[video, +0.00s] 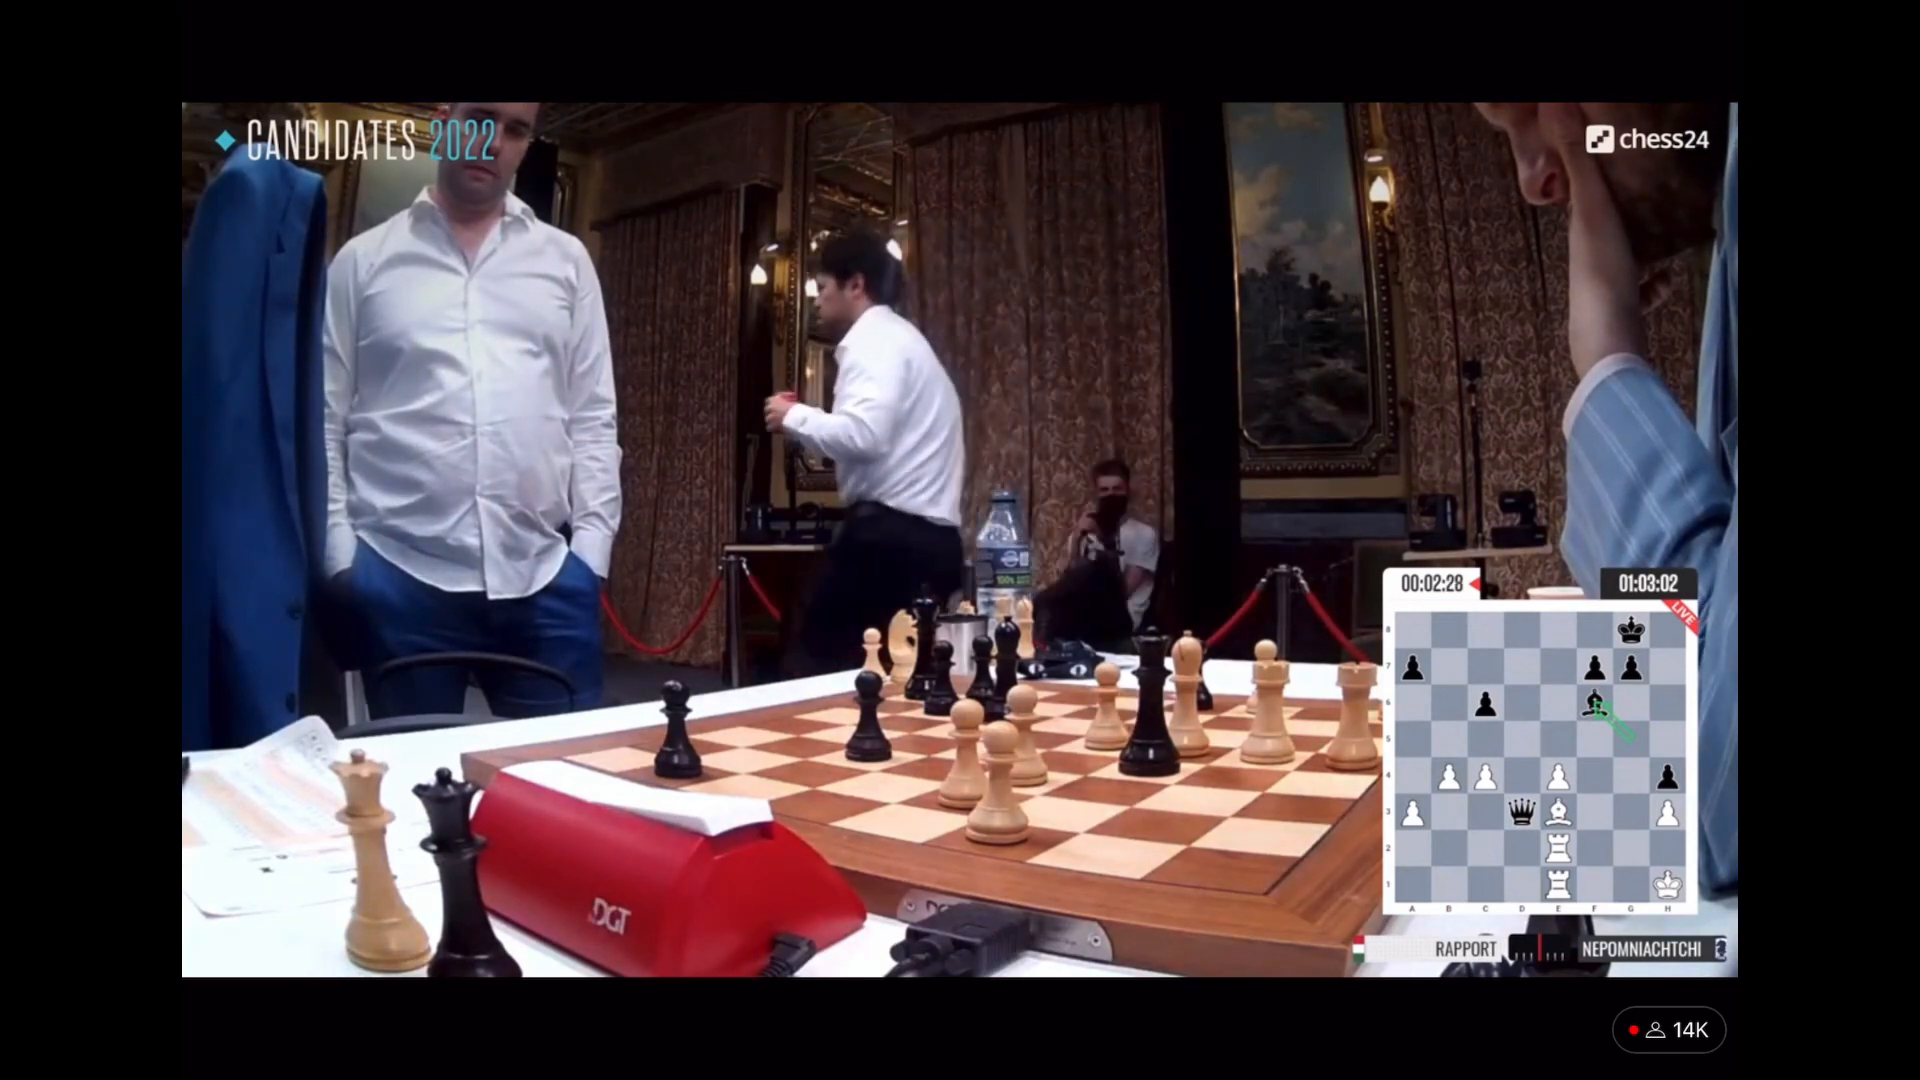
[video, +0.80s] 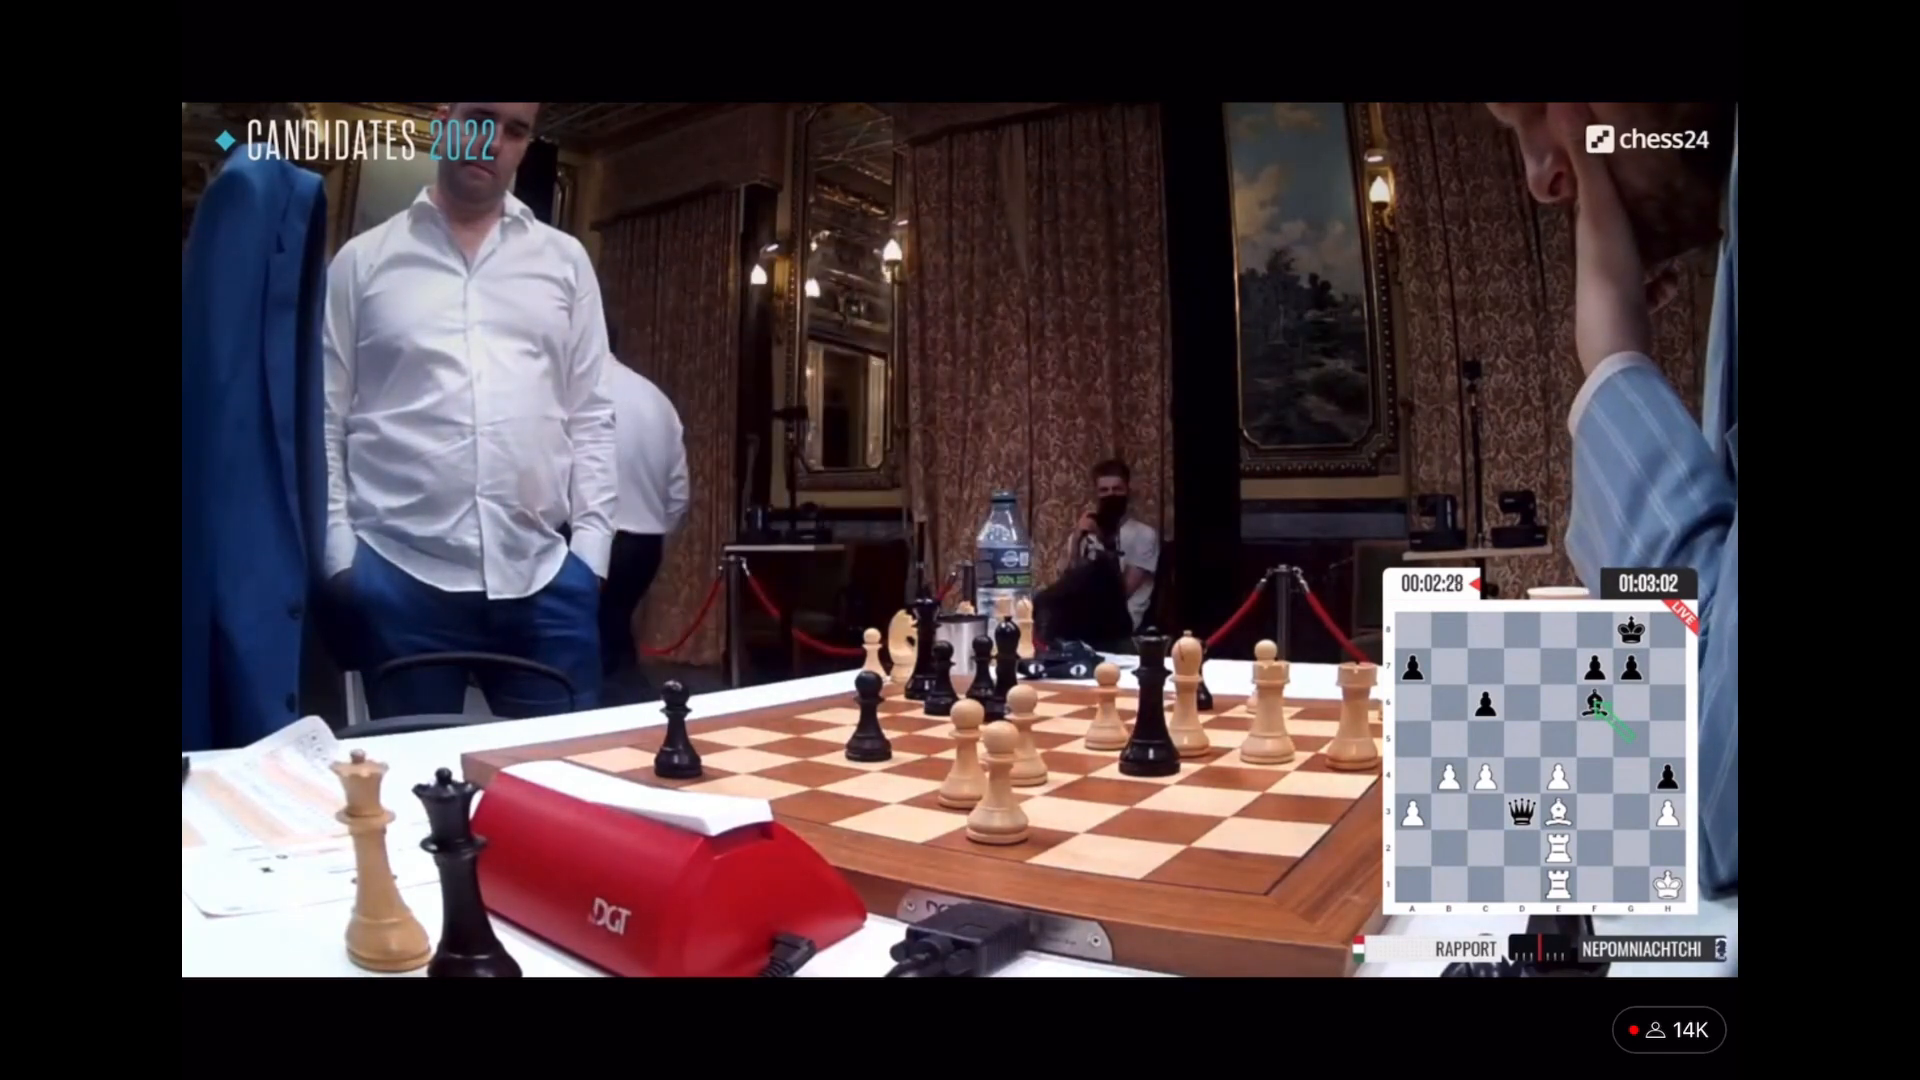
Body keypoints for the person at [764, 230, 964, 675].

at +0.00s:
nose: (818, 301)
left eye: (824, 288)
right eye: (819, 289)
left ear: (856, 287)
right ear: (859, 288)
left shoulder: (876, 337)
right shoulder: (907, 339)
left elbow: (864, 435)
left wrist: (795, 417)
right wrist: (803, 422)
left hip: (887, 538)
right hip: (935, 543)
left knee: (817, 661)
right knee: (908, 676)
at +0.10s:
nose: (788, 312)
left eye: (795, 299)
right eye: (789, 300)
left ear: (828, 297)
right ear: (831, 297)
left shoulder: (847, 346)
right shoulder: (885, 351)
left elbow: (831, 443)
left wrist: (767, 424)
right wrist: (787, 427)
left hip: (861, 547)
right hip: (914, 550)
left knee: (804, 678)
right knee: (893, 685)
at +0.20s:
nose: (734, 337)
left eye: (736, 324)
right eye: (732, 326)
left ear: (764, 316)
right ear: (774, 316)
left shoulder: (782, 365)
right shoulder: (825, 363)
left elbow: (760, 463)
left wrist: (709, 439)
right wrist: (728, 435)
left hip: (803, 551)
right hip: (856, 554)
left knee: (760, 680)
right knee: (832, 683)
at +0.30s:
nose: (705, 338)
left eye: (706, 325)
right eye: (703, 327)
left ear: (730, 319)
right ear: (749, 317)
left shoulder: (747, 367)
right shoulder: (799, 364)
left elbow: (725, 464)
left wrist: (680, 441)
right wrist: (709, 435)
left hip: (770, 551)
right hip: (827, 554)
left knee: (726, 680)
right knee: (801, 684)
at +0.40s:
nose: (667, 339)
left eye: (667, 327)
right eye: (665, 329)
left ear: (682, 319)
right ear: (720, 315)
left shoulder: (694, 363)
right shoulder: (770, 366)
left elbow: (671, 458)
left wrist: (638, 437)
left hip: (717, 541)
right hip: (779, 546)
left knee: (691, 672)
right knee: (764, 673)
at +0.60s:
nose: (615, 337)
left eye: (615, 327)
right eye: (614, 328)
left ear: (626, 322)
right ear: (670, 321)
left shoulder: (622, 368)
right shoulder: (719, 376)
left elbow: (600, 451)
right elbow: (750, 470)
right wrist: (723, 522)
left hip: (650, 528)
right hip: (711, 534)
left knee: (650, 642)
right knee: (681, 631)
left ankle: (660, 737)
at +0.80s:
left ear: (575, 338)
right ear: (613, 340)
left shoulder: (564, 388)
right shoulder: (657, 400)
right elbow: (679, 494)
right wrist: (659, 535)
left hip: (581, 536)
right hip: (644, 544)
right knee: (617, 638)